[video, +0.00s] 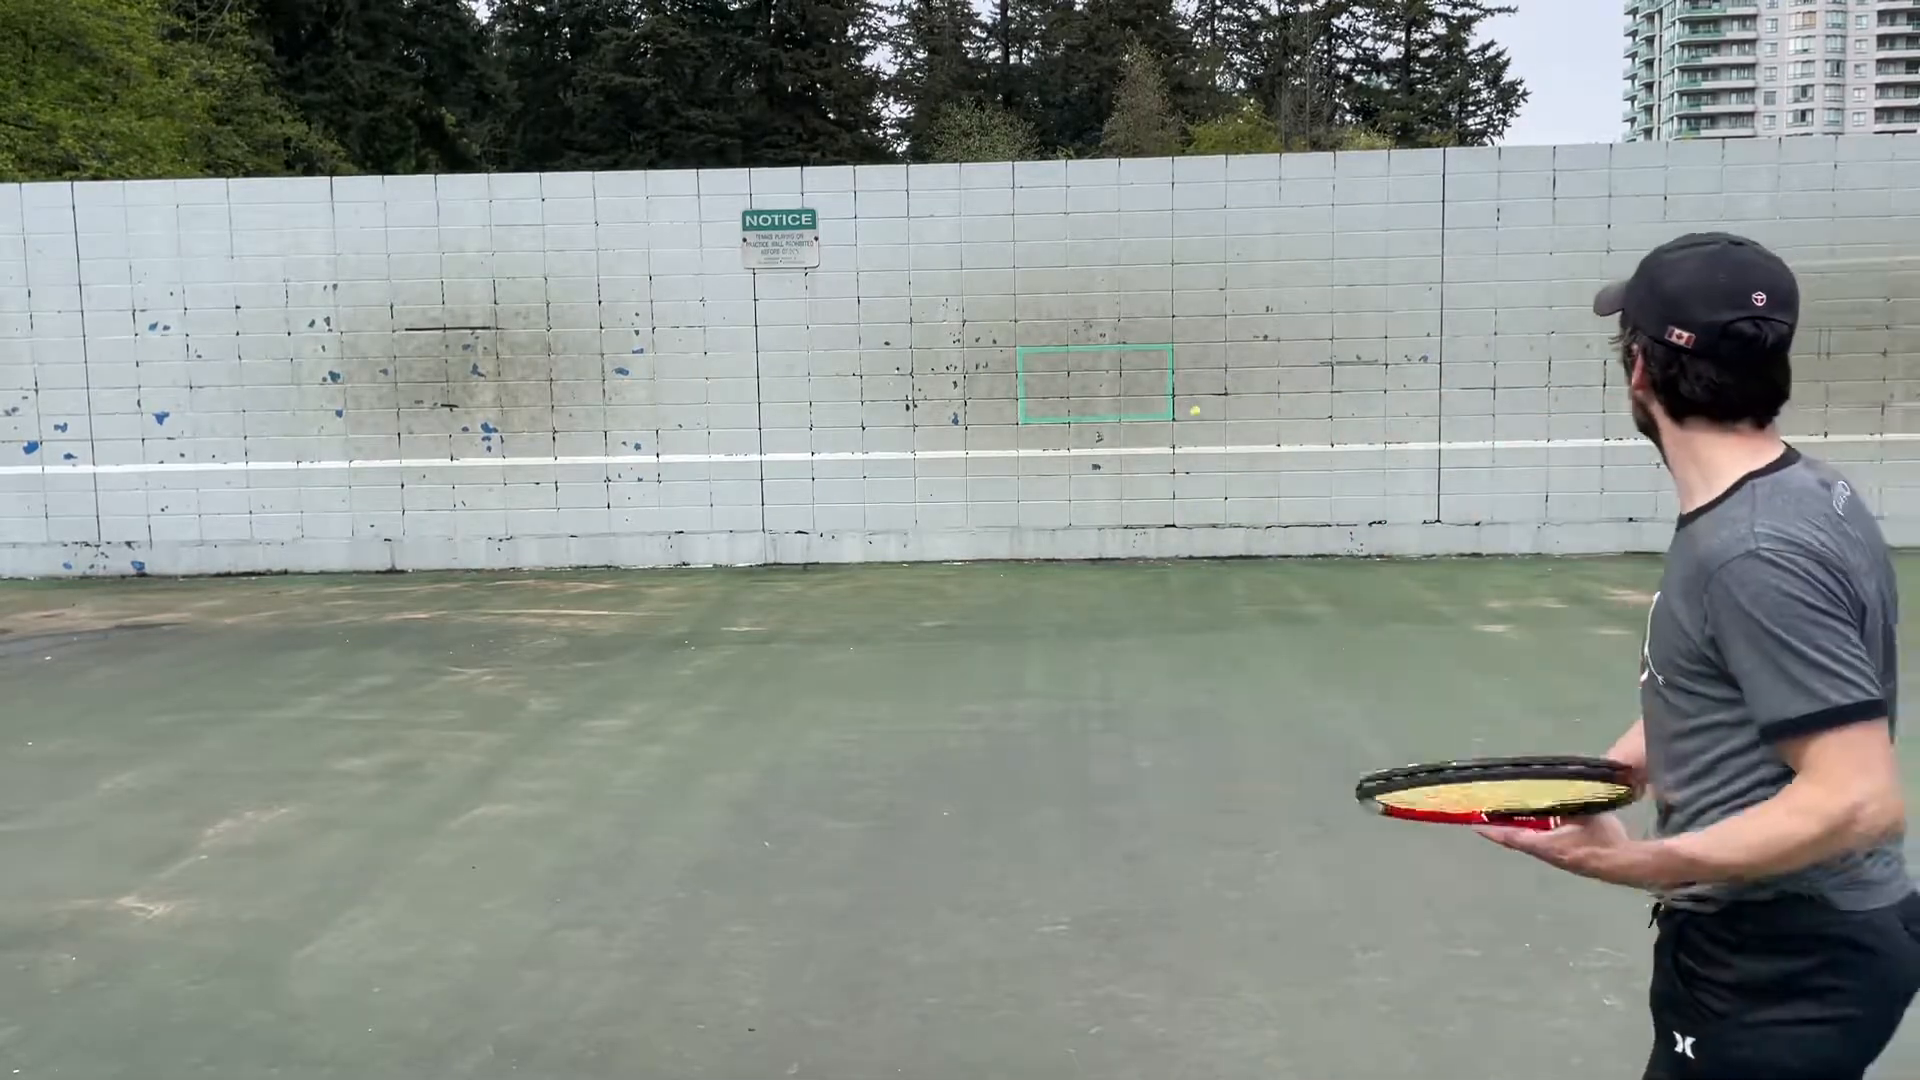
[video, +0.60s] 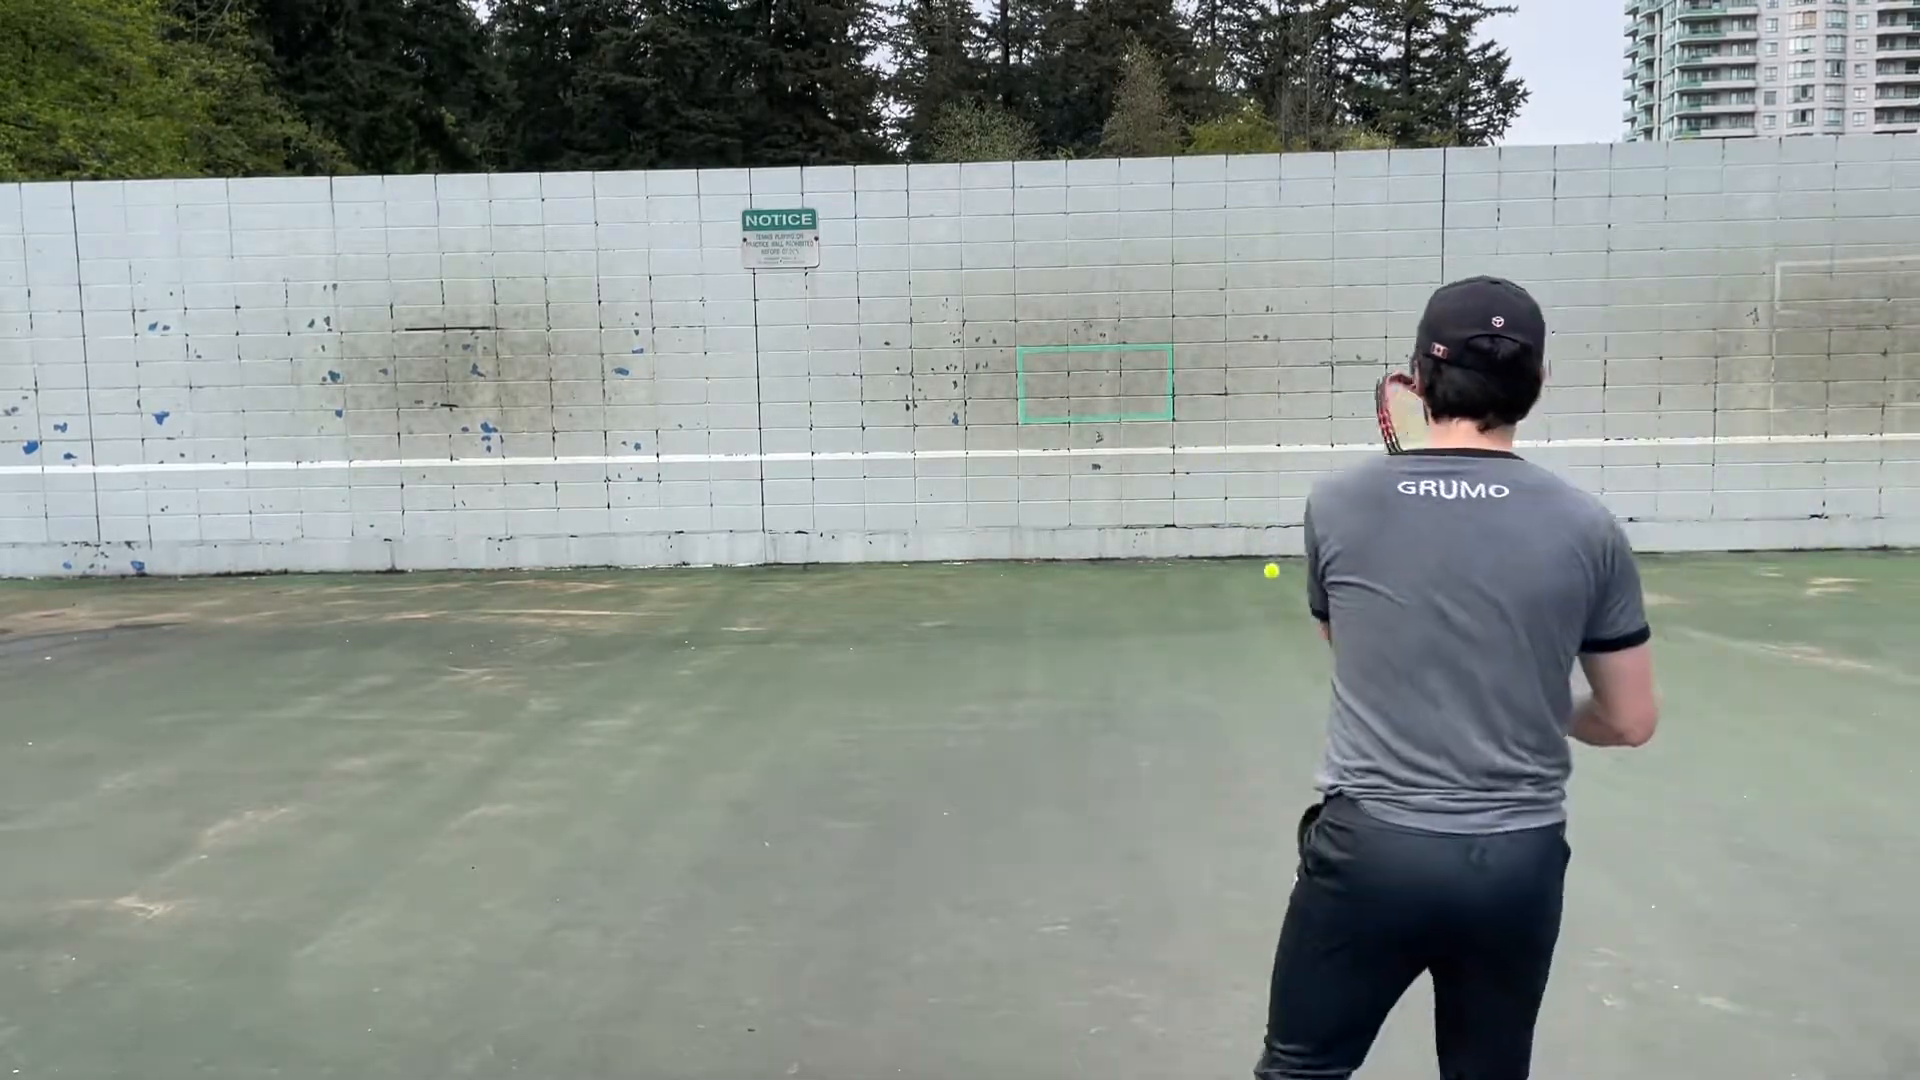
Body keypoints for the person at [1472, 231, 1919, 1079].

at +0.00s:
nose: (1625, 366)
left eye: (1627, 348)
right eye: (1626, 346)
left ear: (1645, 373)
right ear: (1771, 369)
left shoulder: (1754, 551)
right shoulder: (1811, 496)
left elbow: (1860, 800)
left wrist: (1645, 862)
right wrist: (1612, 775)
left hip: (1776, 969)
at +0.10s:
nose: (1579, 374)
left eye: (1581, 357)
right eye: (1580, 355)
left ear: (1601, 379)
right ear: (1721, 369)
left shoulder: (1671, 553)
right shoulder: (1782, 507)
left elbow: (1727, 808)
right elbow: (1769, 730)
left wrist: (1536, 823)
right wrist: (1607, 789)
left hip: (1718, 955)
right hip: (1808, 925)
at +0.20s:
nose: (1541, 385)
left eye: (1543, 367)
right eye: (1544, 364)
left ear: (1559, 384)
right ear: (1678, 376)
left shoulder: (1580, 557)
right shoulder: (1754, 517)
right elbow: (1796, 714)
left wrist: (1456, 786)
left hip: (1649, 944)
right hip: (1766, 919)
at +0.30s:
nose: (1506, 387)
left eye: (1507, 373)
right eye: (1509, 370)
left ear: (1520, 391)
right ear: (1636, 390)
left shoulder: (1492, 558)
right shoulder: (1722, 539)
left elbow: (1455, 774)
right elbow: (1769, 732)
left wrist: (1405, 745)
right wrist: (1640, 748)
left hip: (1570, 930)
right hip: (1703, 918)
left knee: (1588, 1064)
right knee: (1626, 1057)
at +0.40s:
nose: (1476, 390)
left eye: (1478, 379)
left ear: (1488, 401)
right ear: (1604, 407)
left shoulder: (1429, 548)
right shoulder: (1678, 549)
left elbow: (1389, 741)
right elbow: (1721, 748)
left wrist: (1448, 710)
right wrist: (1599, 756)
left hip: (1494, 922)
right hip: (1633, 920)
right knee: (1549, 1067)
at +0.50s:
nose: (1453, 386)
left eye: (1454, 376)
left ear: (1458, 393)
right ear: (1572, 404)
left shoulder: (1385, 528)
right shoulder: (1633, 542)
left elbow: (1358, 696)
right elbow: (1672, 742)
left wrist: (1462, 684)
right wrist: (1552, 745)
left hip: (1429, 898)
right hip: (1573, 901)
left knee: (1366, 1068)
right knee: (1509, 1071)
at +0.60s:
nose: (1415, 370)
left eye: (1418, 359)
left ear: (1421, 374)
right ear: (1536, 387)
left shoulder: (1342, 501)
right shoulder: (1584, 525)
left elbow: (1344, 635)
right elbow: (1629, 718)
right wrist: (1527, 698)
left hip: (1369, 866)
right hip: (1515, 876)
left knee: (1298, 1067)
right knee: (1489, 1070)